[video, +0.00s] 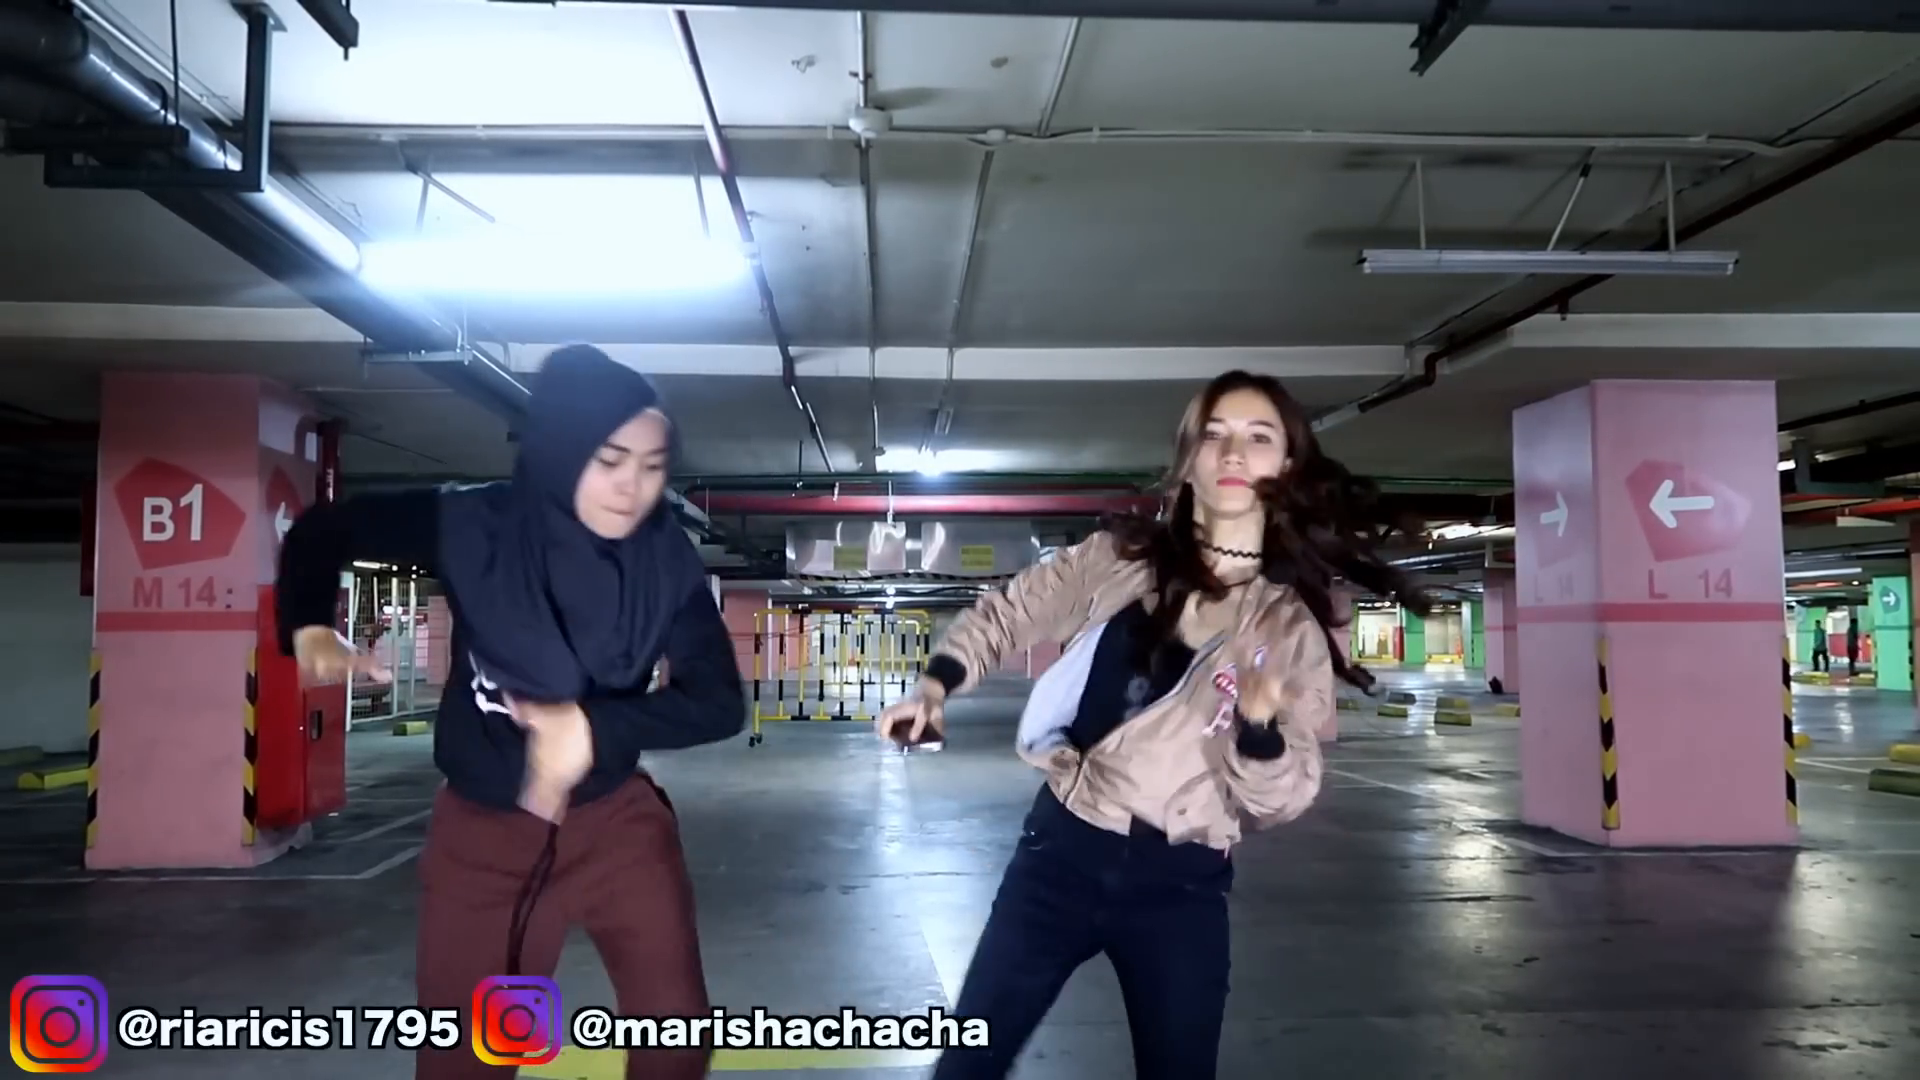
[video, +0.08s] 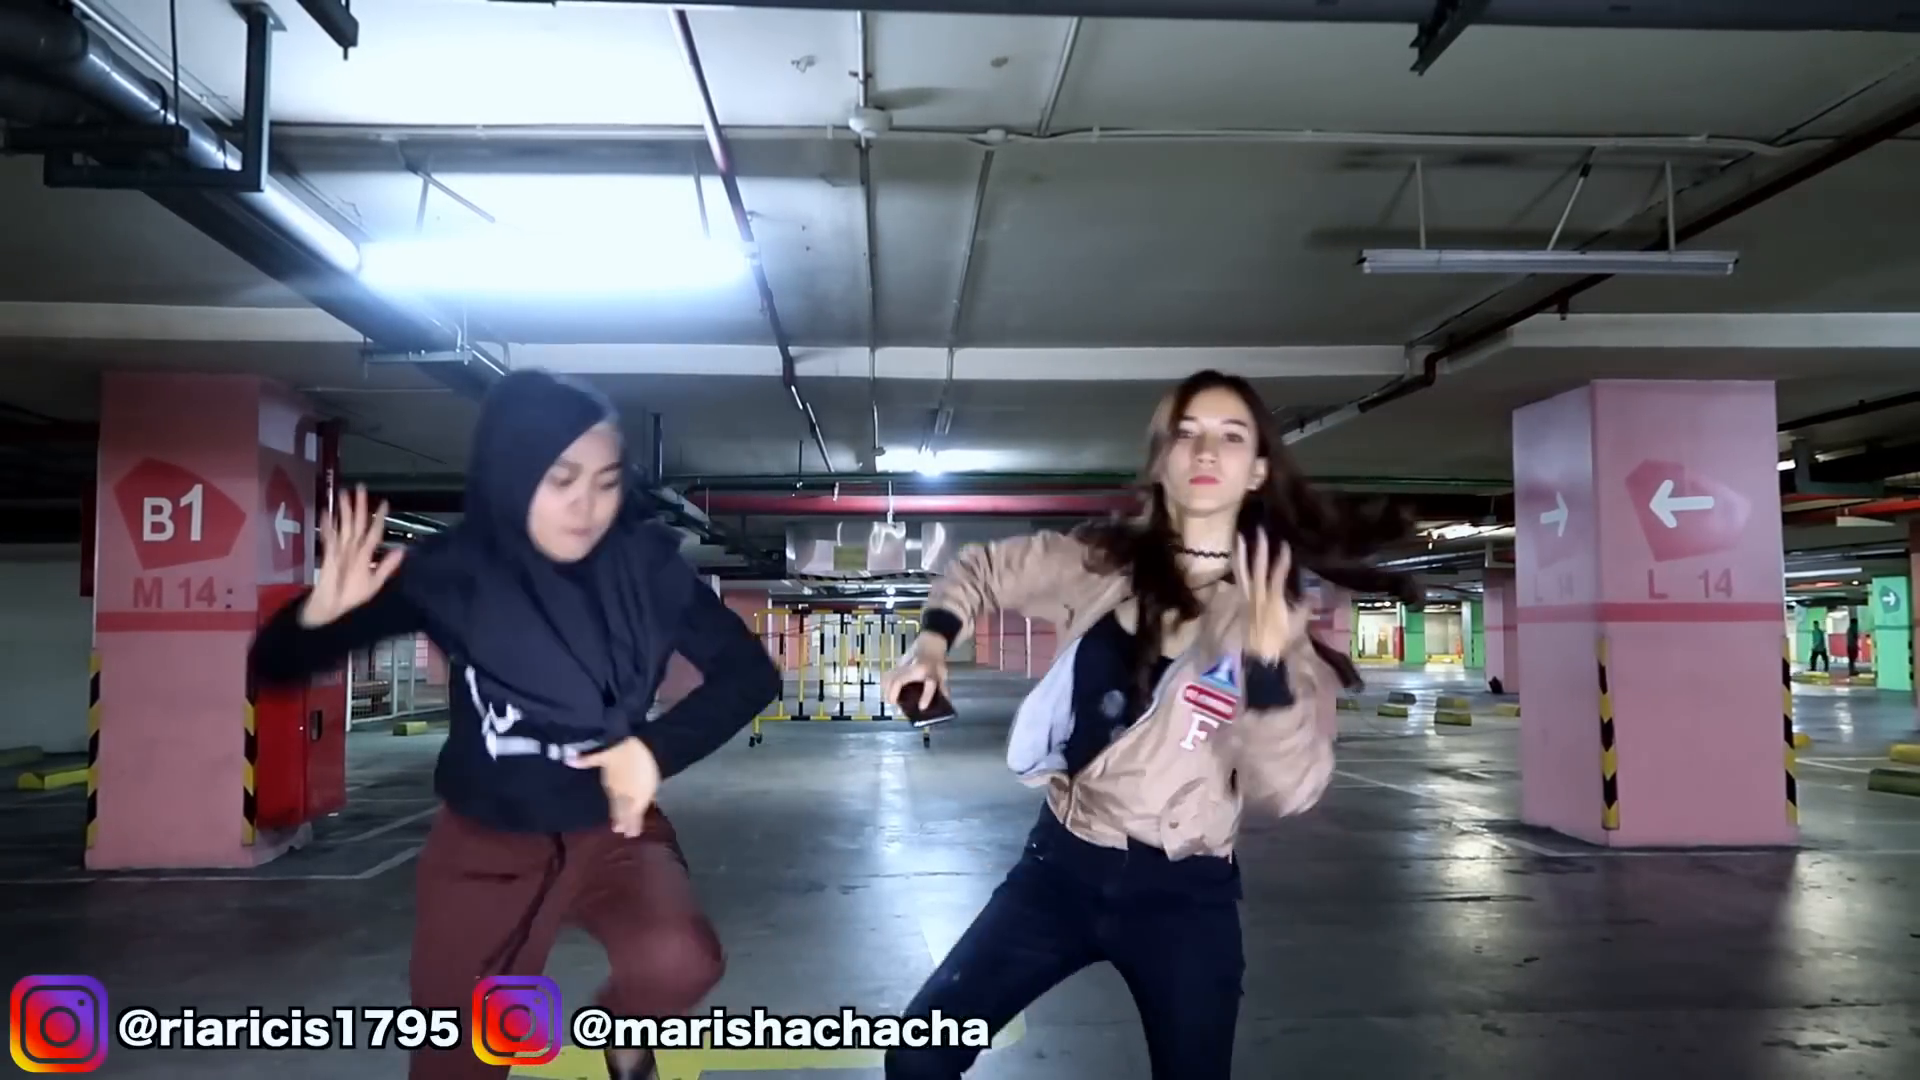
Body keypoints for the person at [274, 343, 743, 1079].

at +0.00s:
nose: (634, 487)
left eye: (654, 465)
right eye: (611, 460)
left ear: (669, 466)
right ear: (555, 452)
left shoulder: (666, 558)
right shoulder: (472, 525)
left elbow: (721, 703)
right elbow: (320, 531)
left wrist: (597, 728)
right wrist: (309, 624)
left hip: (620, 829)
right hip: (483, 834)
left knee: (679, 1045)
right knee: (456, 1060)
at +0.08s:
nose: (587, 508)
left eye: (607, 482)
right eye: (561, 480)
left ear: (624, 481)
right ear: (506, 480)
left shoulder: (646, 564)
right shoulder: (450, 569)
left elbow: (751, 675)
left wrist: (657, 749)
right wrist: (317, 617)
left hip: (618, 832)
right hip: (488, 839)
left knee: (679, 965)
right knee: (449, 1060)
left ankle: (624, 1035)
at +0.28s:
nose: (528, 533)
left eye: (549, 506)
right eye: (500, 507)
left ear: (569, 498)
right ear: (457, 511)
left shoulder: (619, 538)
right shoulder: (434, 609)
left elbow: (750, 533)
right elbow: (490, 767)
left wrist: (715, 645)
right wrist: (393, 637)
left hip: (661, 846)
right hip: (523, 869)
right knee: (482, 1064)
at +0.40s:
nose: (547, 531)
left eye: (569, 503)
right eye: (520, 508)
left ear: (593, 499)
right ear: (484, 517)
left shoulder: (641, 523)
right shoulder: (484, 620)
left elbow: (756, 457)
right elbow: (562, 711)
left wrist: (756, 580)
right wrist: (423, 638)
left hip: (692, 852)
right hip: (563, 860)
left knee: (722, 1065)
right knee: (534, 1064)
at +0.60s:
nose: (623, 503)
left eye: (645, 474)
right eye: (596, 476)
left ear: (669, 470)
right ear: (561, 480)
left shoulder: (732, 537)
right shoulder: (548, 609)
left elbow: (847, 627)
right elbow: (578, 796)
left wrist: (814, 675)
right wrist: (502, 802)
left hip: (733, 828)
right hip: (602, 828)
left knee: (756, 1060)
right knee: (503, 1039)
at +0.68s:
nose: (655, 493)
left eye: (676, 464)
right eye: (629, 466)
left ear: (703, 468)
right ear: (595, 474)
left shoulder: (755, 572)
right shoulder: (564, 598)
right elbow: (574, 738)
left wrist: (769, 695)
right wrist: (523, 816)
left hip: (732, 822)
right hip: (603, 812)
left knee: (753, 1056)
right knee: (520, 1011)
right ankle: (593, 1046)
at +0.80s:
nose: (685, 529)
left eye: (710, 503)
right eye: (664, 502)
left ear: (738, 509)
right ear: (632, 504)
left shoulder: (763, 599)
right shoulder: (590, 588)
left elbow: (772, 674)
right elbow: (565, 688)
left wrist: (737, 672)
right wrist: (543, 765)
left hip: (723, 847)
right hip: (604, 828)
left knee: (757, 1065)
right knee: (543, 946)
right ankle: (579, 1050)